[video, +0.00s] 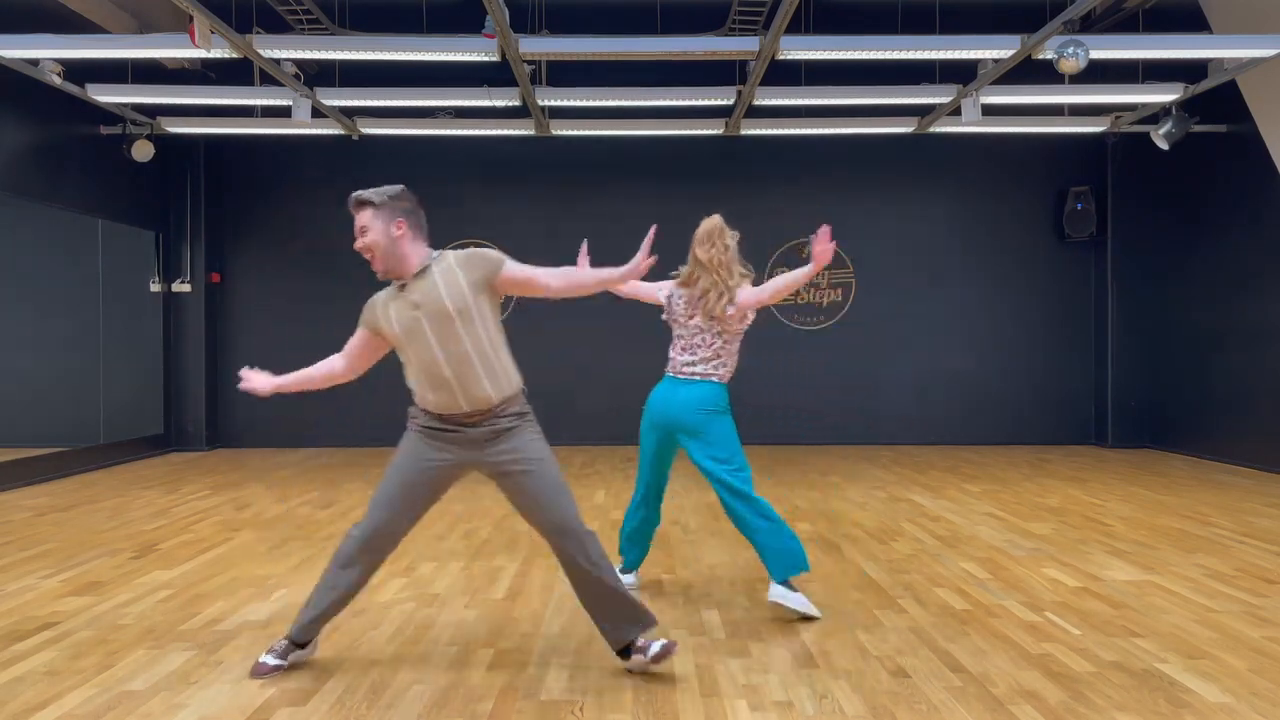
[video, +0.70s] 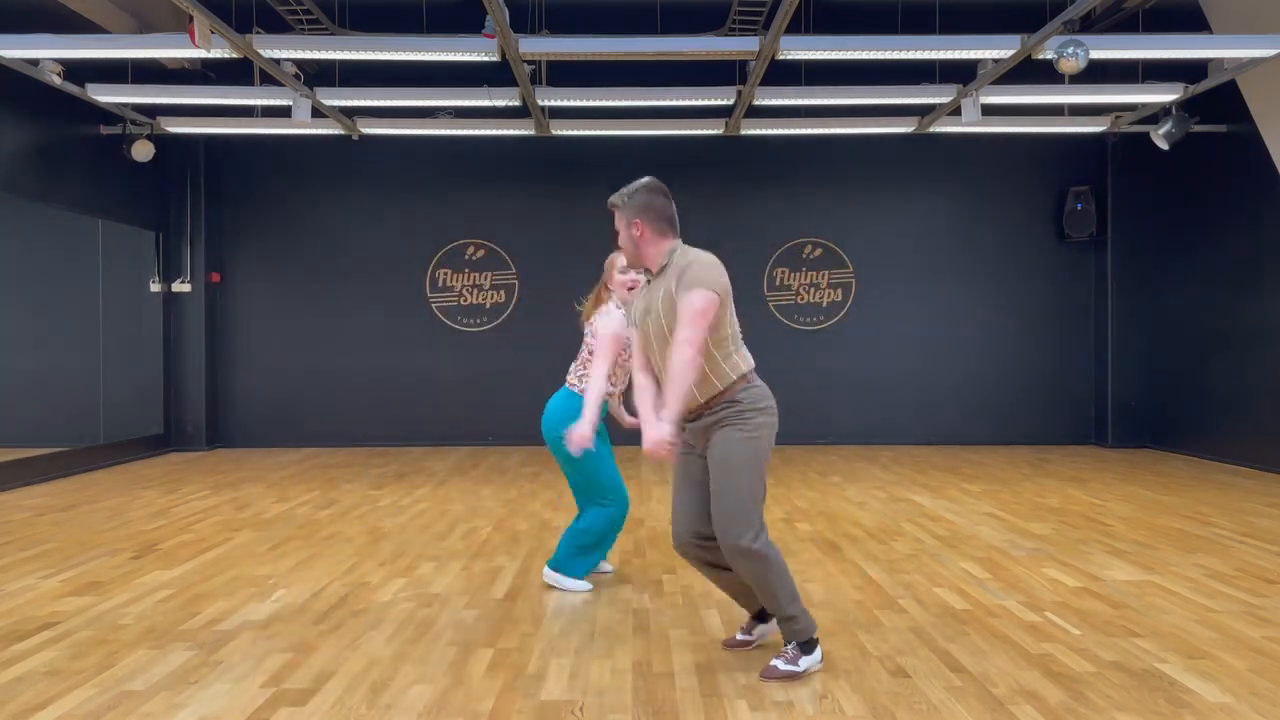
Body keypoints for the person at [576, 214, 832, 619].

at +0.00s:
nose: (735, 254)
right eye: (734, 249)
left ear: (694, 254)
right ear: (731, 255)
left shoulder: (673, 292)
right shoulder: (742, 298)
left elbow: (625, 287)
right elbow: (782, 285)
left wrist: (588, 271)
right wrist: (815, 264)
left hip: (663, 397)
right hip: (707, 401)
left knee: (648, 486)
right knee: (739, 491)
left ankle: (627, 567)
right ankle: (782, 580)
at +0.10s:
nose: (712, 254)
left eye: (707, 248)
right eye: (708, 249)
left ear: (667, 258)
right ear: (702, 258)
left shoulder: (649, 294)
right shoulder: (708, 300)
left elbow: (606, 302)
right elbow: (723, 319)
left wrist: (571, 303)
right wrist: (762, 323)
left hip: (632, 397)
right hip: (670, 405)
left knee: (626, 487)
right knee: (703, 488)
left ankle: (620, 569)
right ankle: (720, 580)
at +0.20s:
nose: (690, 261)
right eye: (688, 256)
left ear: (644, 258)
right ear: (685, 260)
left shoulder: (625, 296)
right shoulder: (683, 305)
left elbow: (606, 339)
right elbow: (689, 357)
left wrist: (577, 362)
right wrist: (709, 402)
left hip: (617, 395)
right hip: (646, 404)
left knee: (617, 477)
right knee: (679, 488)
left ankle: (586, 555)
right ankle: (663, 573)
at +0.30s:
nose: (675, 271)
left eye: (674, 265)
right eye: (671, 265)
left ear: (644, 270)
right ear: (655, 268)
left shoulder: (621, 304)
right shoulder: (654, 309)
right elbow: (662, 371)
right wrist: (680, 416)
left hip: (617, 414)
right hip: (644, 416)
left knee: (604, 486)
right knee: (647, 495)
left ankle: (576, 556)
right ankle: (628, 564)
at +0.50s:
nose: (570, 210)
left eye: (574, 198)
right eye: (570, 200)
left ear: (602, 193)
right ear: (602, 195)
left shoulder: (656, 218)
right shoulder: (592, 254)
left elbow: (587, 258)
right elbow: (571, 315)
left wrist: (523, 255)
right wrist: (561, 270)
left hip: (704, 381)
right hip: (643, 391)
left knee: (692, 498)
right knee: (609, 489)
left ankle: (701, 624)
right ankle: (656, 599)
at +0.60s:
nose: (597, 221)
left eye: (600, 209)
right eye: (596, 210)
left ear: (626, 204)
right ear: (627, 206)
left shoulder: (679, 231)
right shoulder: (625, 265)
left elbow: (625, 284)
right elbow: (597, 306)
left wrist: (550, 324)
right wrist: (605, 318)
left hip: (724, 391)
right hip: (671, 401)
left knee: (719, 515)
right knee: (652, 509)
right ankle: (724, 586)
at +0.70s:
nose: (616, 237)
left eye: (619, 227)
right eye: (616, 227)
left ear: (639, 228)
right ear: (647, 227)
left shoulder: (700, 268)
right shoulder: (640, 294)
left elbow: (690, 344)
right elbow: (637, 365)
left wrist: (666, 416)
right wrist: (648, 419)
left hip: (739, 411)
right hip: (692, 425)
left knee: (738, 534)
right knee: (690, 535)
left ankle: (804, 639)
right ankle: (764, 608)